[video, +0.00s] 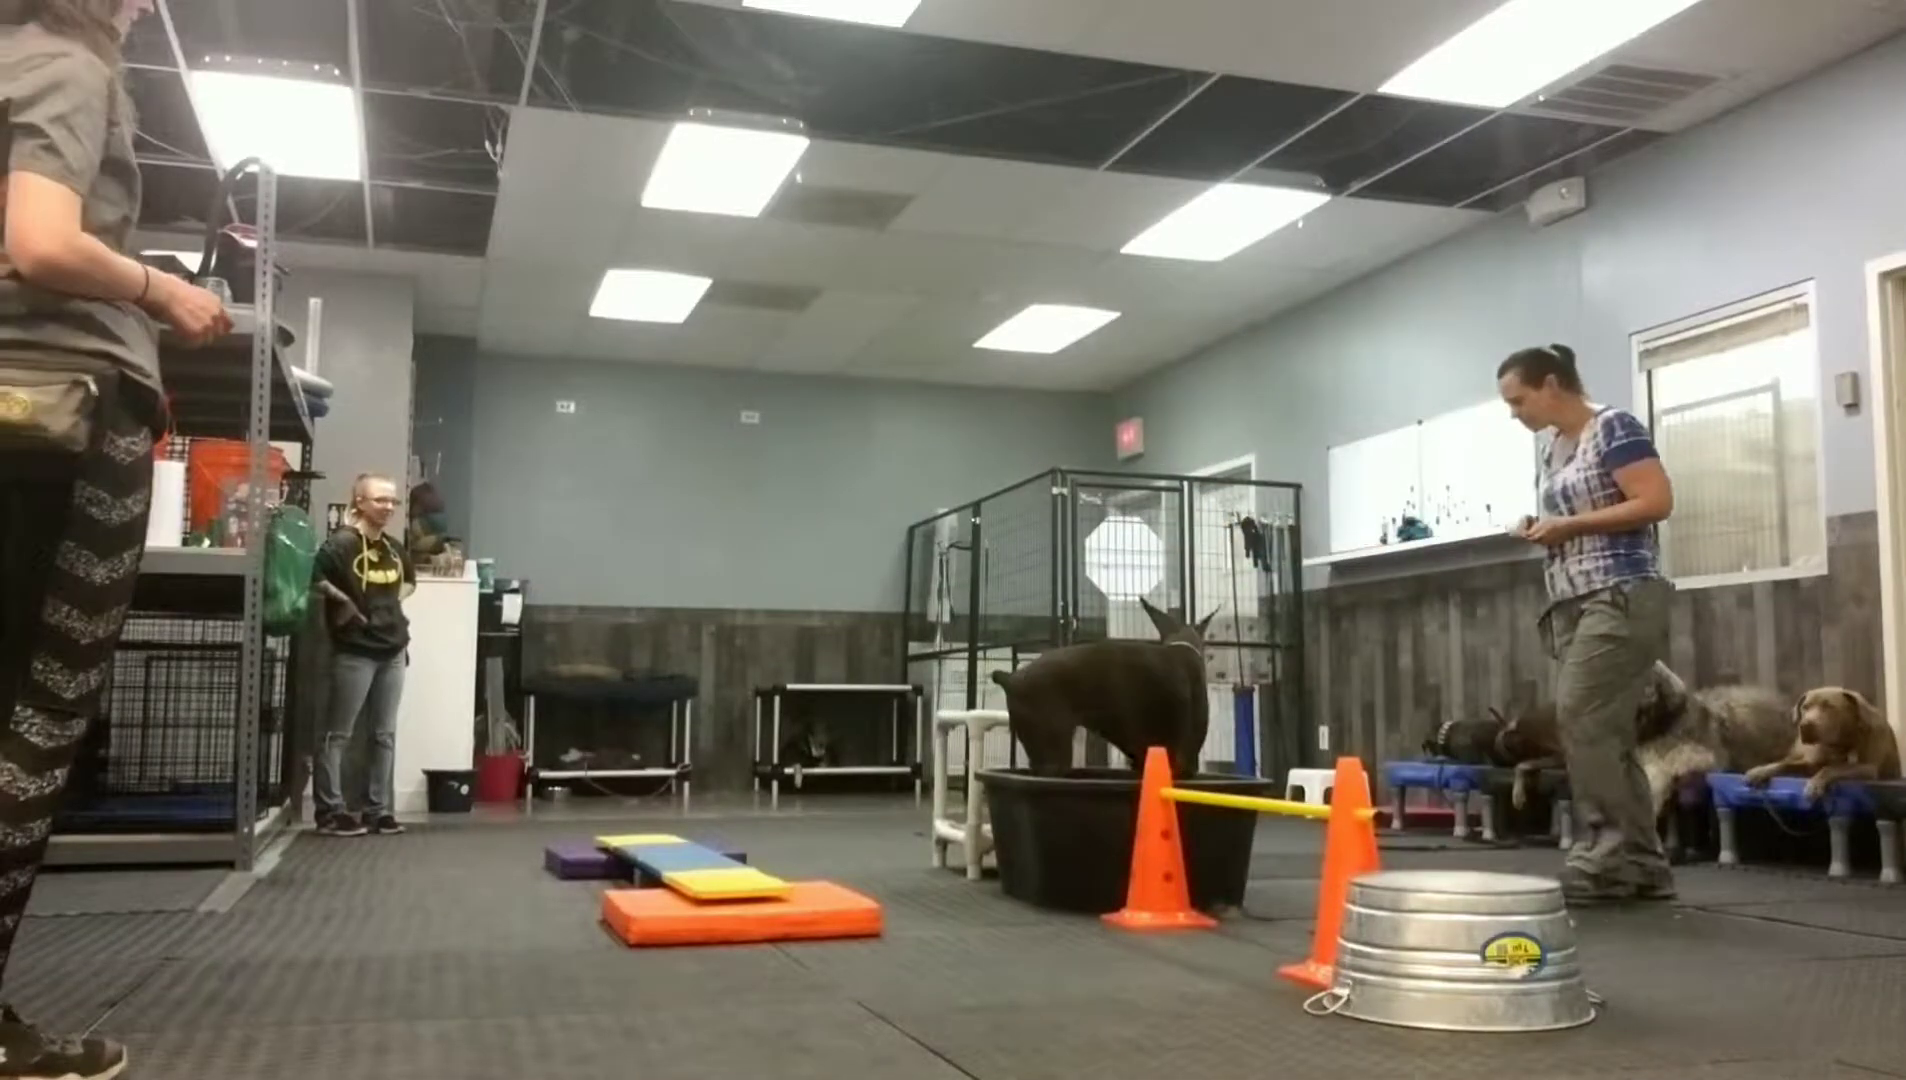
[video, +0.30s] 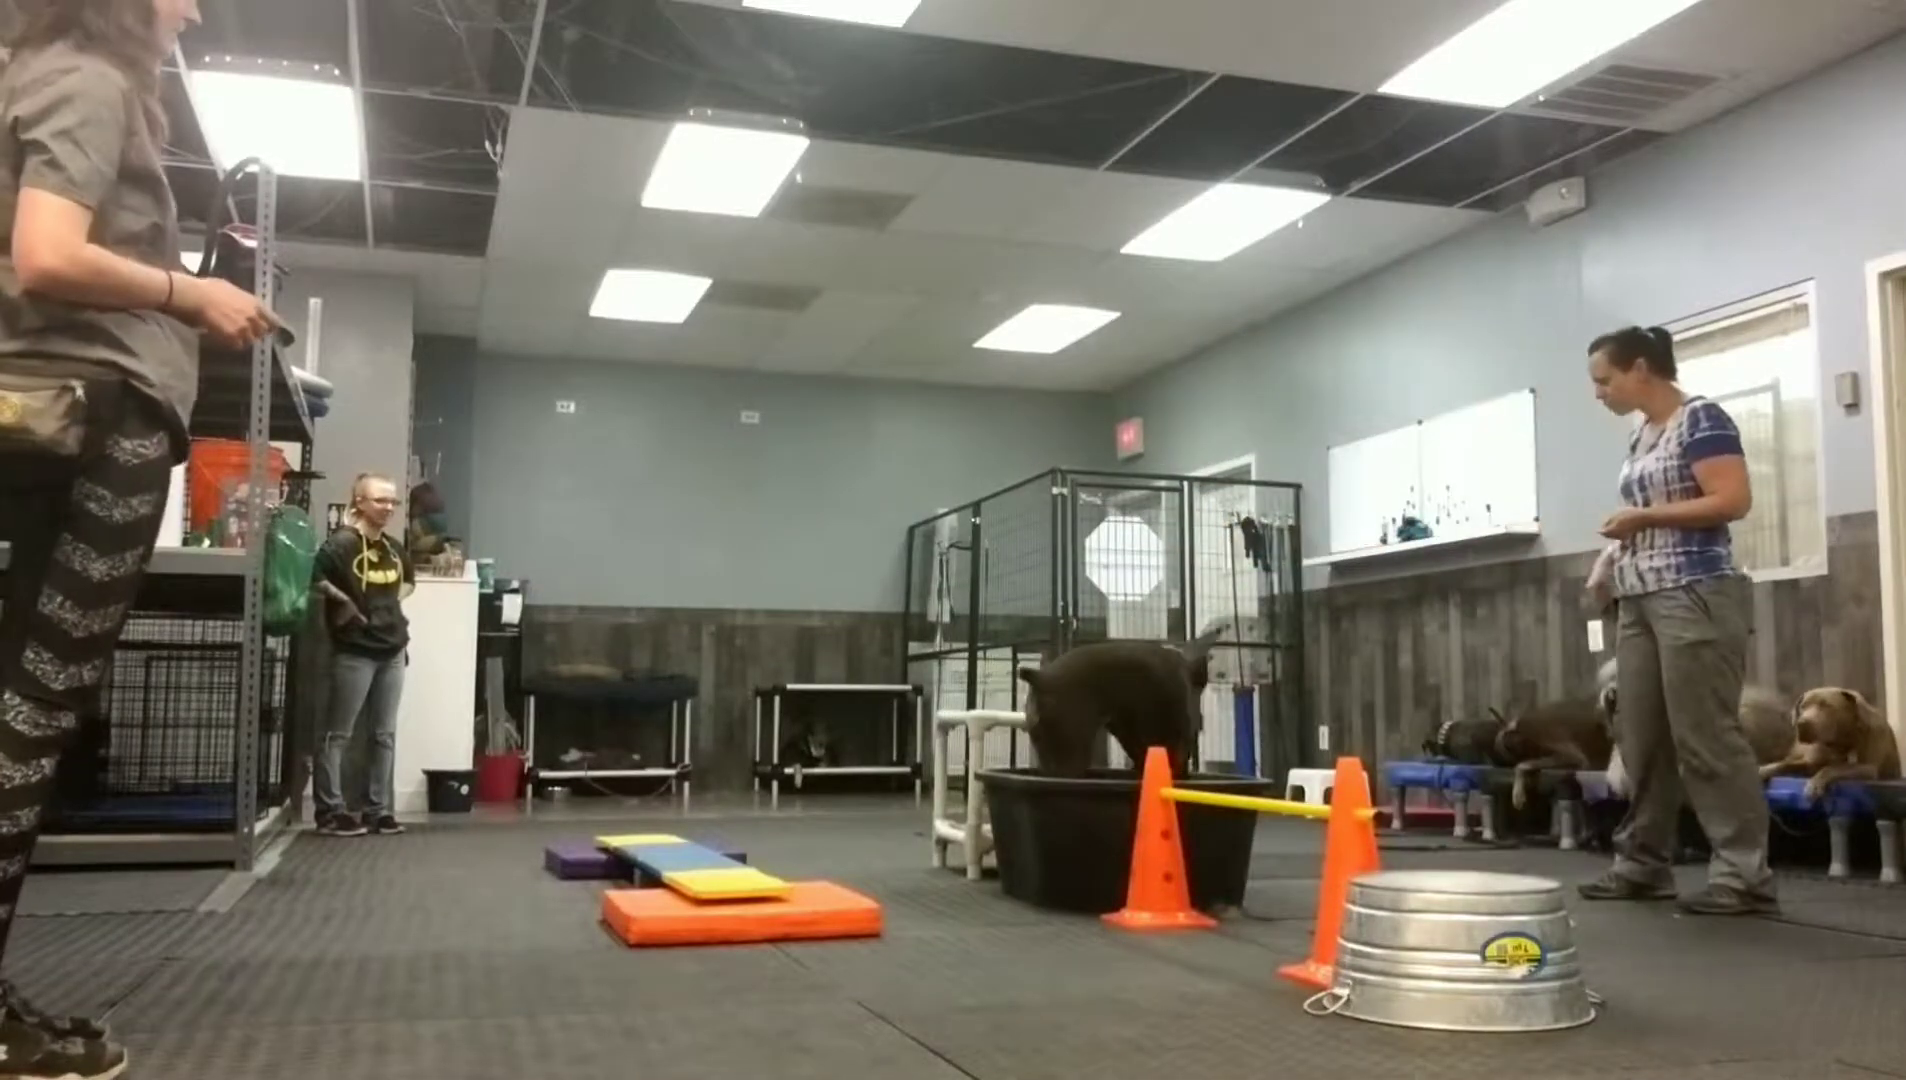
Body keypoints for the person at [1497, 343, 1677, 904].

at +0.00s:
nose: (1517, 416)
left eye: (1518, 403)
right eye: (1512, 407)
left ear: (1549, 385)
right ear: (1546, 391)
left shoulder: (1613, 426)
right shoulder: (1554, 454)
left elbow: (1656, 501)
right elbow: (1583, 523)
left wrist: (1570, 524)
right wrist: (1542, 528)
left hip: (1622, 598)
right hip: (1575, 607)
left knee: (1580, 714)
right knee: (1600, 727)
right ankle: (1643, 859)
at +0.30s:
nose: (1599, 394)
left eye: (1603, 380)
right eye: (1595, 383)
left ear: (1639, 369)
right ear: (1637, 374)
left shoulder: (1701, 418)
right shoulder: (1639, 445)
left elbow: (1733, 500)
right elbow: (1652, 524)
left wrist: (1645, 516)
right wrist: (1612, 562)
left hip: (1696, 598)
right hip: (1642, 603)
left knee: (1705, 736)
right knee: (1644, 740)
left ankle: (1743, 877)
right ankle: (1644, 866)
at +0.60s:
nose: (1634, 392)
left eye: (1637, 380)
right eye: (1630, 383)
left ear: (1672, 363)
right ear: (1666, 369)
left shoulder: (1735, 414)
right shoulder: (1668, 433)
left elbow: (1764, 498)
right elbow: (1671, 519)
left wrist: (1674, 512)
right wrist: (1648, 583)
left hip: (1721, 596)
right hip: (1670, 601)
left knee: (1723, 737)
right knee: (1679, 742)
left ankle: (1746, 874)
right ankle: (1694, 866)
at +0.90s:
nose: (1628, 407)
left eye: (1627, 393)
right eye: (1622, 397)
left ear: (1656, 373)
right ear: (1654, 378)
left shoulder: (1724, 412)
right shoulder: (1669, 436)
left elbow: (1760, 495)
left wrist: (1671, 514)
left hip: (1723, 597)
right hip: (1674, 602)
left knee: (1728, 740)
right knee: (1685, 743)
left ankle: (1746, 877)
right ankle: (1693, 867)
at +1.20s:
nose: (1625, 409)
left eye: (1624, 395)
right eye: (1619, 400)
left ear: (1652, 375)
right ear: (1651, 380)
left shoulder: (1723, 411)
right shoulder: (1670, 437)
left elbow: (1757, 494)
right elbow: (1694, 516)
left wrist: (1668, 514)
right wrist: (1657, 531)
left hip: (1723, 597)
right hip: (1674, 602)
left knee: (1729, 741)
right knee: (1685, 742)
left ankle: (1745, 877)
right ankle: (1694, 866)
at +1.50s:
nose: (1626, 410)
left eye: (1623, 396)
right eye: (1619, 401)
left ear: (1650, 374)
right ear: (1650, 380)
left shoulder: (1721, 412)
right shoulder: (1677, 435)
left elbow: (1751, 500)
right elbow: (1702, 512)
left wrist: (1670, 517)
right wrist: (1664, 528)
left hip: (1736, 599)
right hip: (1689, 603)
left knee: (1742, 740)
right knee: (1694, 740)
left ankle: (1746, 879)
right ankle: (1694, 865)